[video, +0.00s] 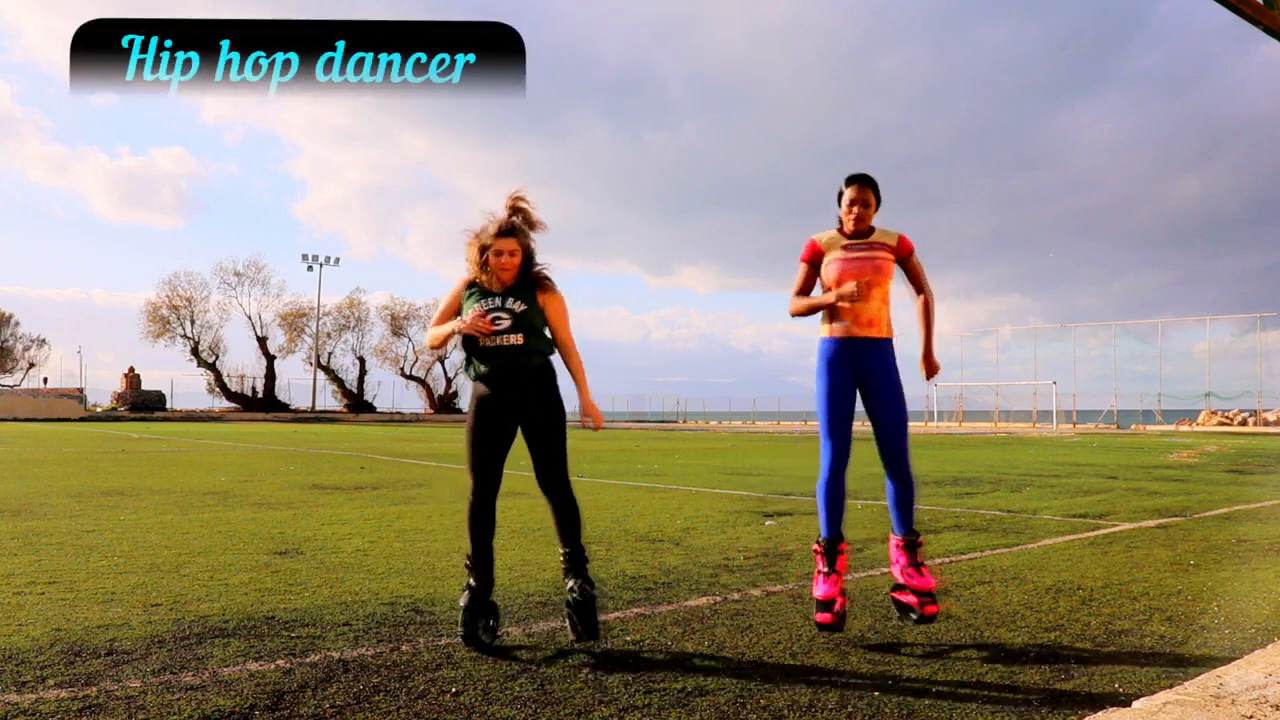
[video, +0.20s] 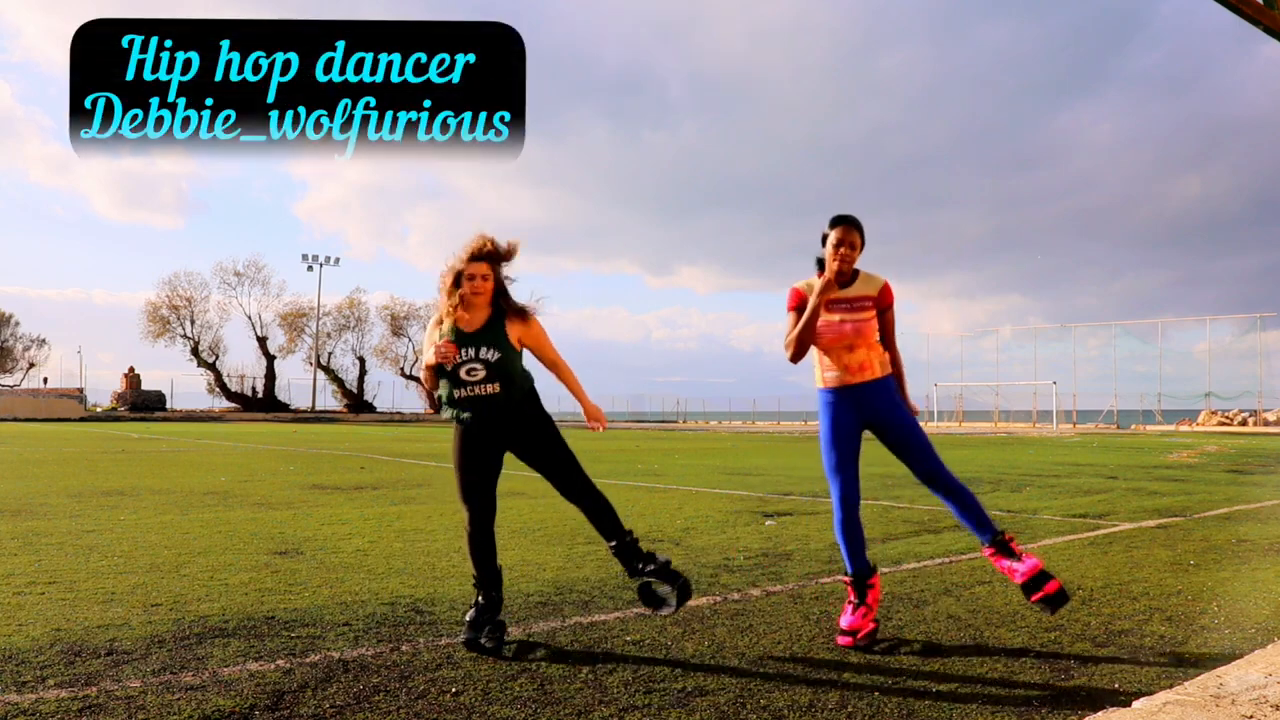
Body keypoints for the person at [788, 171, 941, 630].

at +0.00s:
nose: (857, 210)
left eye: (865, 204)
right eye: (851, 203)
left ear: (876, 210)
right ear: (839, 206)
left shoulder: (895, 245)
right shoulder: (820, 247)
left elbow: (923, 293)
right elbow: (796, 305)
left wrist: (927, 350)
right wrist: (829, 297)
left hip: (880, 354)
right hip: (835, 355)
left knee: (897, 458)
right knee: (833, 459)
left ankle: (906, 554)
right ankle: (829, 560)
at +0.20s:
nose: (845, 253)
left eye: (852, 247)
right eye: (839, 244)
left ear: (861, 252)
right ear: (825, 247)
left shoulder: (877, 289)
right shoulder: (804, 293)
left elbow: (889, 346)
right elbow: (793, 352)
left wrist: (903, 398)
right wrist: (819, 296)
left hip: (883, 394)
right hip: (837, 401)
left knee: (936, 475)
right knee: (844, 499)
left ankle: (1002, 550)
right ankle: (861, 589)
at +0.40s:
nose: (837, 223)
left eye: (844, 217)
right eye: (831, 215)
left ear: (853, 221)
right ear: (816, 217)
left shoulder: (871, 255)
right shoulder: (798, 264)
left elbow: (887, 310)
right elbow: (795, 326)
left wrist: (896, 357)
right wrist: (820, 263)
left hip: (885, 357)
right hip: (842, 369)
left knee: (949, 438)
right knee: (853, 473)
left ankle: (1009, 515)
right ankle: (860, 573)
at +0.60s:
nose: (836, 235)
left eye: (843, 228)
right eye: (830, 227)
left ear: (853, 232)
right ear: (816, 230)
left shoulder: (872, 267)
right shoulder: (799, 276)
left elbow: (899, 325)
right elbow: (797, 336)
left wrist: (926, 379)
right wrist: (818, 276)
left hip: (887, 372)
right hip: (841, 383)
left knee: (951, 456)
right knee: (844, 482)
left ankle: (1017, 526)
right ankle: (848, 582)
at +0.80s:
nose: (855, 234)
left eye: (862, 227)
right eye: (848, 227)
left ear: (872, 231)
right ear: (836, 231)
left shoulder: (893, 271)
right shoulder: (820, 269)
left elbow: (918, 327)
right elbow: (778, 319)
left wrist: (913, 341)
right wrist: (818, 312)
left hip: (893, 375)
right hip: (847, 380)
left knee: (931, 472)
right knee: (850, 485)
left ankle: (958, 557)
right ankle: (848, 584)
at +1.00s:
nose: (886, 221)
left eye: (893, 213)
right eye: (878, 215)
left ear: (907, 213)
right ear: (869, 217)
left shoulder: (929, 255)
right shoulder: (856, 253)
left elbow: (941, 318)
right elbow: (825, 312)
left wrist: (903, 300)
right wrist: (798, 366)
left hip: (906, 365)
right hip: (860, 360)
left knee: (908, 470)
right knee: (825, 453)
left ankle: (904, 568)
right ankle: (787, 545)